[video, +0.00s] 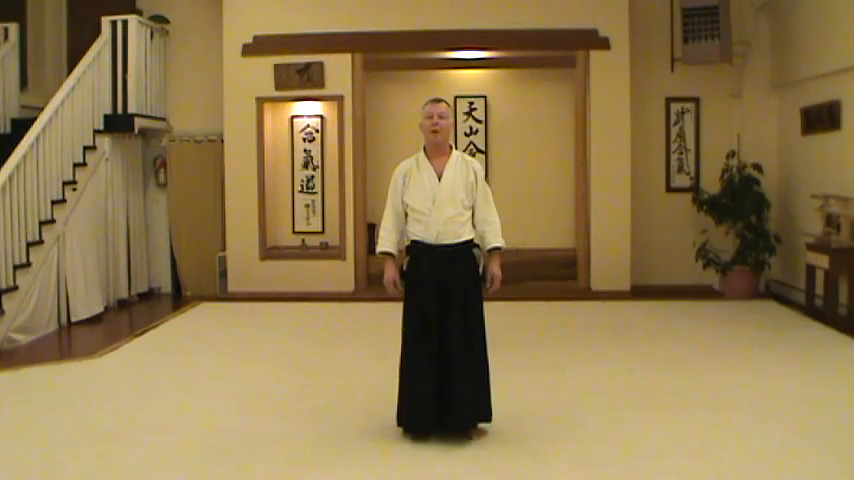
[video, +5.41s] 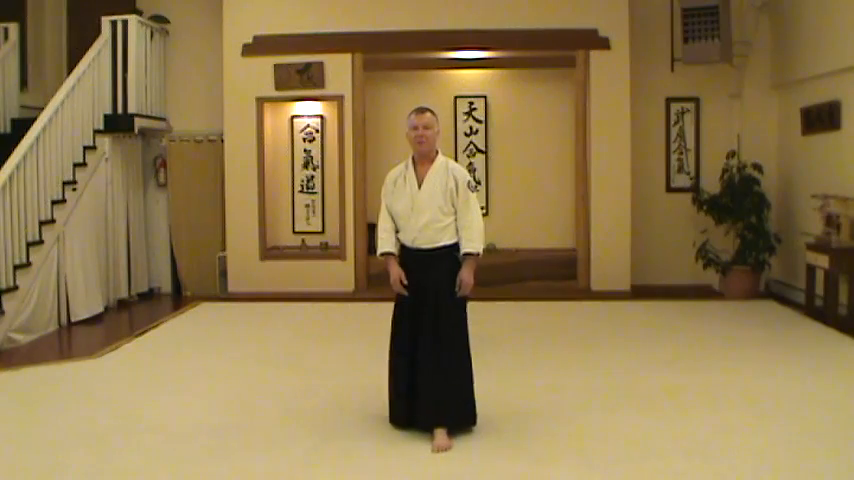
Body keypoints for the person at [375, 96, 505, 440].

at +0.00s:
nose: (436, 122)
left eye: (442, 117)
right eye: (429, 117)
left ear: (453, 124)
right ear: (420, 125)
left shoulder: (470, 167)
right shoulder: (405, 170)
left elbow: (485, 213)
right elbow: (392, 217)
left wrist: (493, 258)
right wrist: (389, 261)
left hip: (461, 260)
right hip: (422, 260)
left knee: (463, 337)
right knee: (422, 337)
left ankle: (464, 417)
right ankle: (420, 418)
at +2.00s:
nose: (427, 135)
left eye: (433, 129)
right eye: (421, 130)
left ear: (444, 130)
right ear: (412, 132)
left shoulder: (462, 167)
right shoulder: (398, 171)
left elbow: (479, 213)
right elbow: (385, 218)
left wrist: (486, 257)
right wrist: (383, 262)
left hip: (455, 261)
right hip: (415, 261)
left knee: (459, 336)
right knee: (416, 337)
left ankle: (463, 416)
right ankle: (416, 417)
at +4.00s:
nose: (421, 136)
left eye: (428, 129)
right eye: (416, 130)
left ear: (441, 131)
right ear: (409, 134)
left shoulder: (459, 170)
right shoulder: (400, 171)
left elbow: (475, 216)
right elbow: (387, 214)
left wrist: (476, 264)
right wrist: (403, 238)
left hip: (449, 261)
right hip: (414, 261)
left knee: (448, 338)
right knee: (417, 337)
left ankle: (449, 421)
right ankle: (422, 414)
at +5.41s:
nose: (420, 133)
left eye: (427, 128)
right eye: (415, 128)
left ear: (439, 132)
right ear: (407, 134)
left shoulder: (455, 173)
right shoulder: (395, 177)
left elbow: (471, 218)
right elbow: (385, 222)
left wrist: (469, 264)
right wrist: (391, 262)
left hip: (445, 262)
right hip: (411, 262)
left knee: (443, 340)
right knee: (413, 339)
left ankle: (441, 422)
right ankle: (418, 413)